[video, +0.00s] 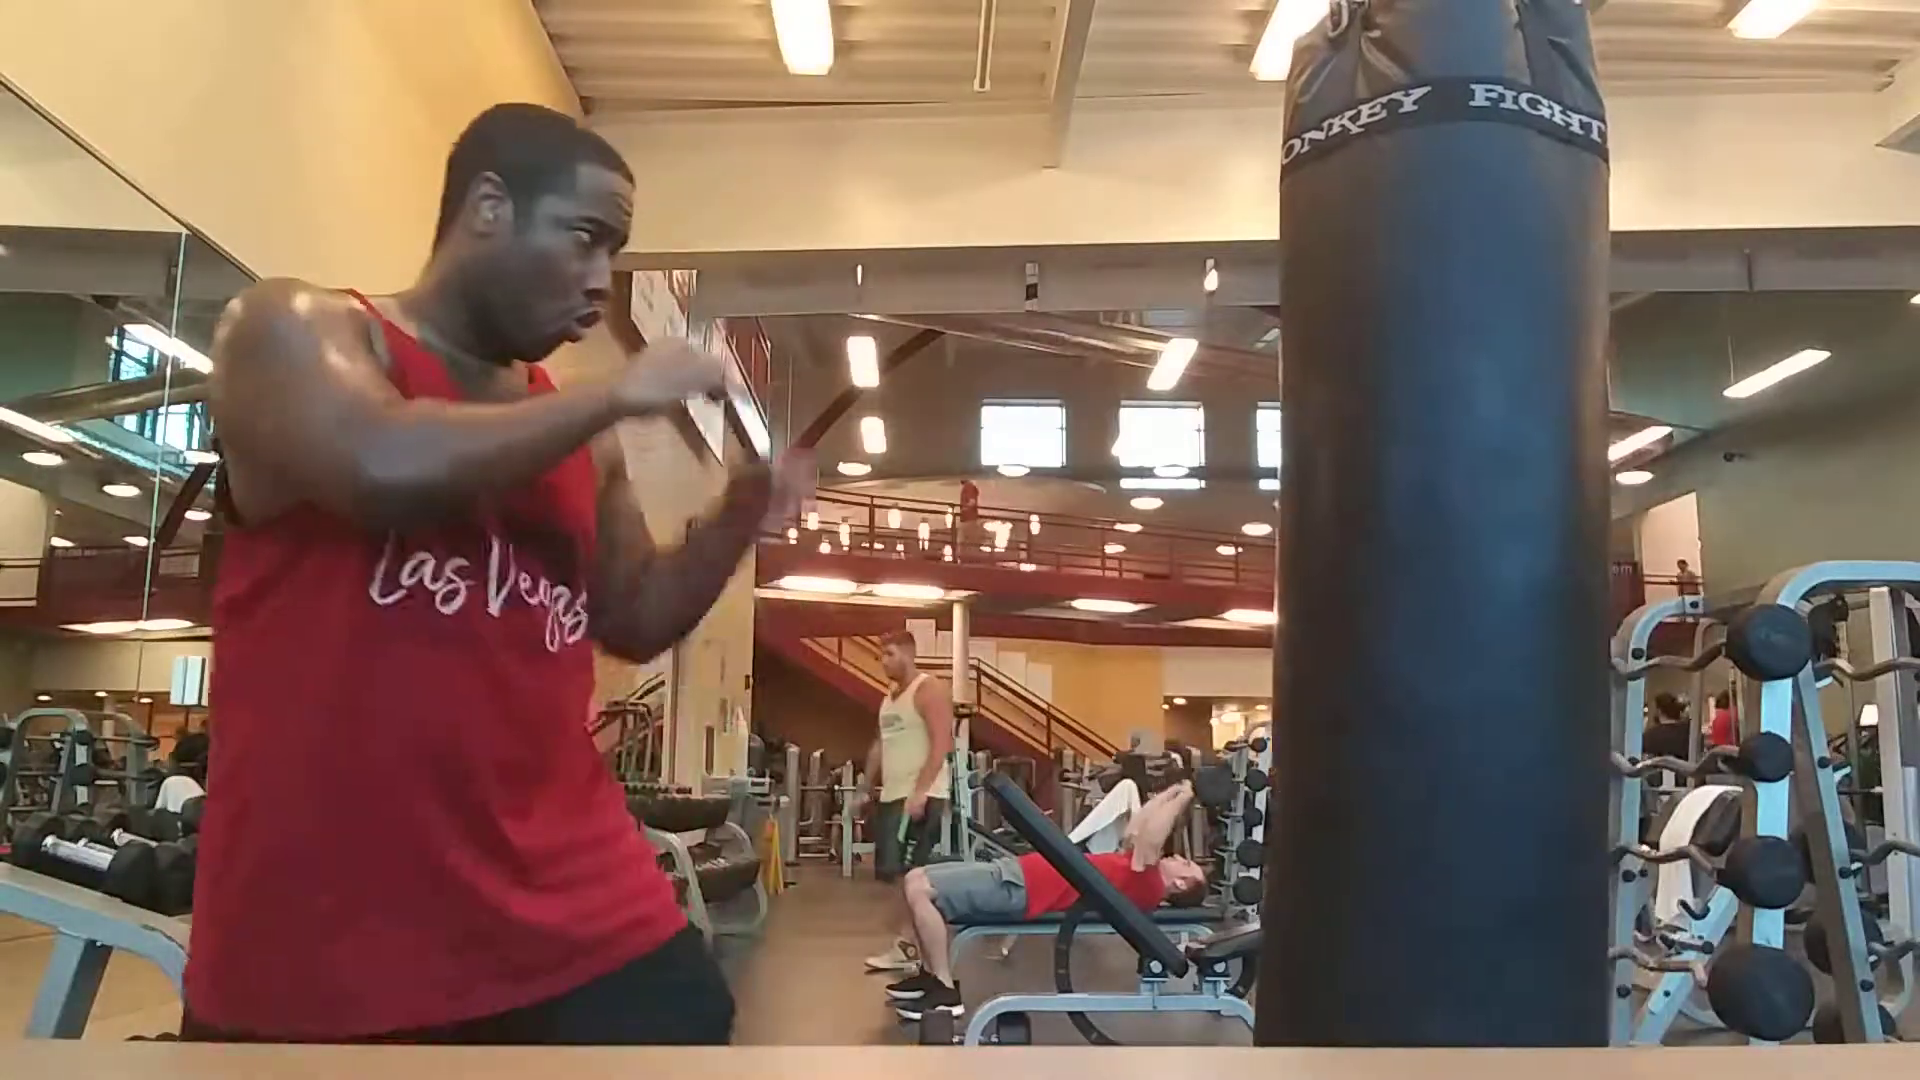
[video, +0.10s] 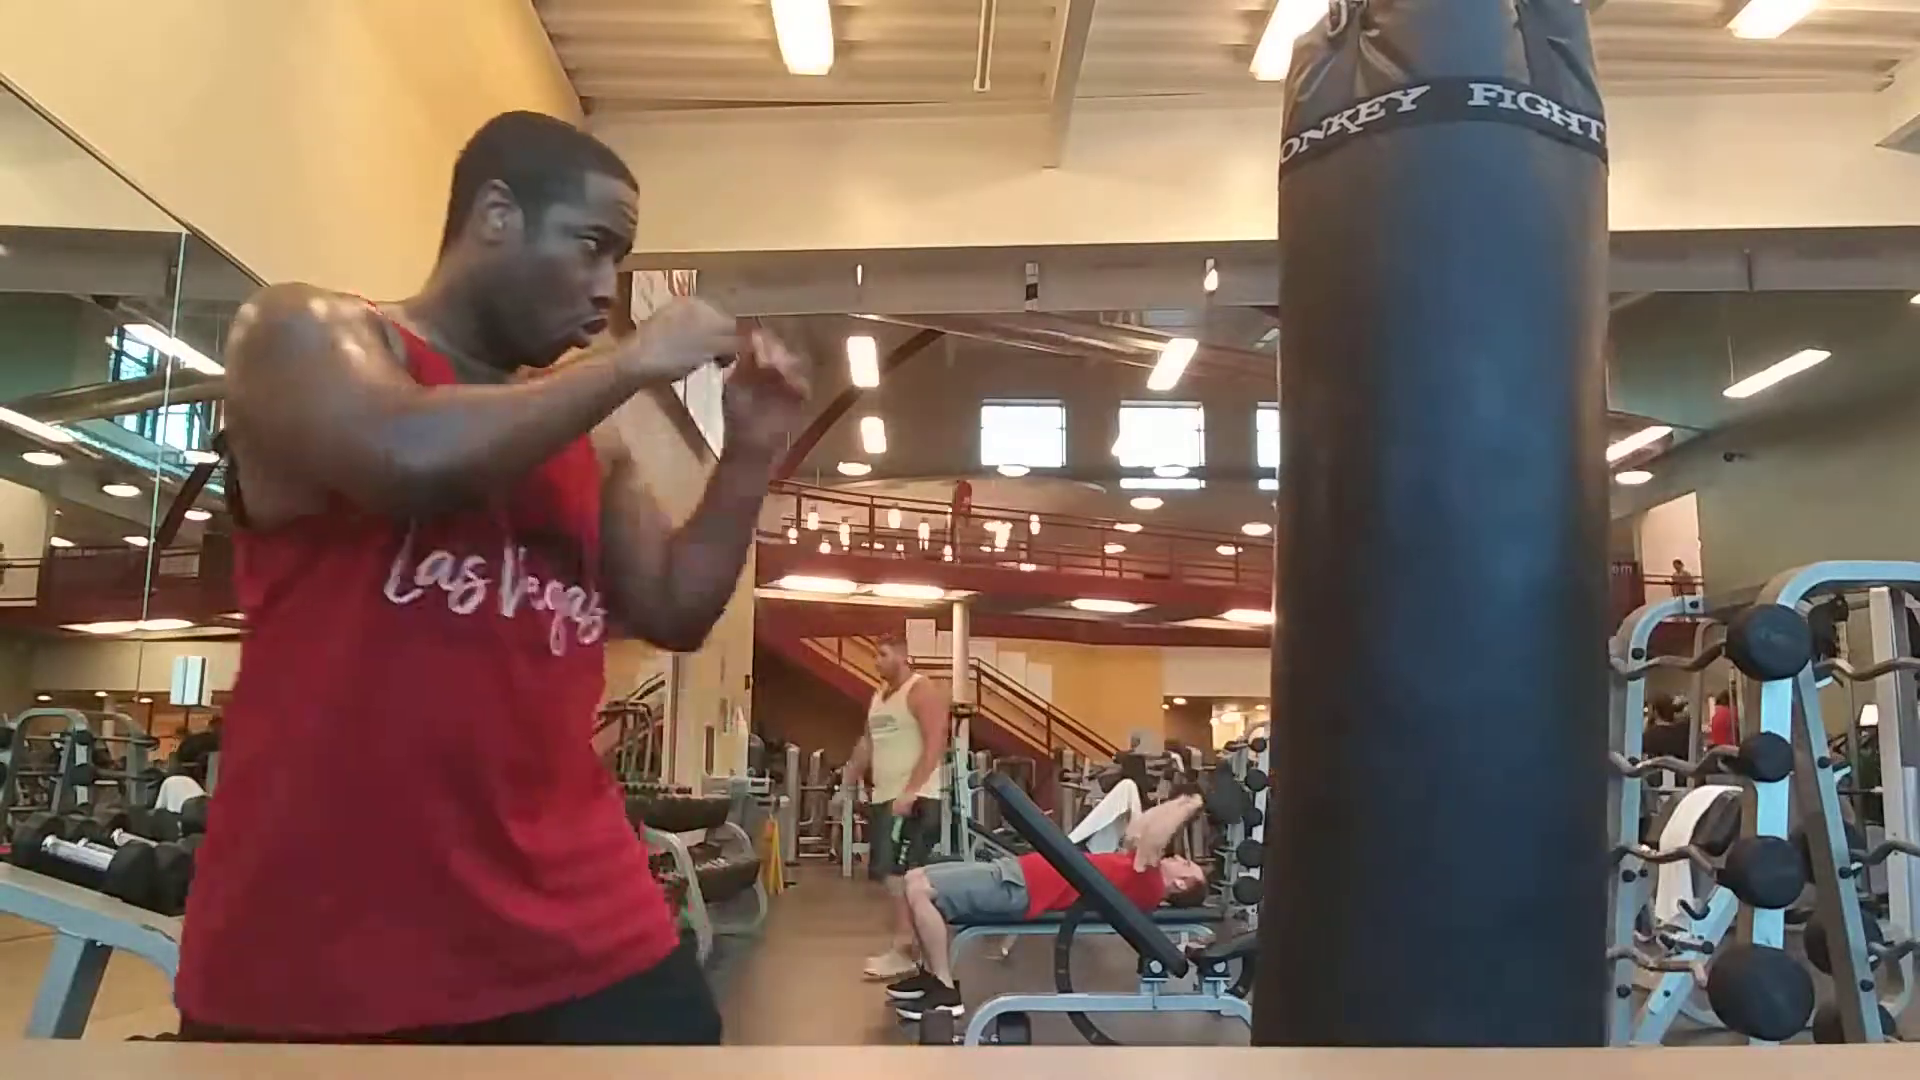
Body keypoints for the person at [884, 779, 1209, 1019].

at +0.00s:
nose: (1184, 861)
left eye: (1189, 871)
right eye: (1190, 862)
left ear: (1179, 886)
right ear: (1175, 864)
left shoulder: (1147, 886)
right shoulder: (1136, 868)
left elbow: (1150, 832)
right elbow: (1138, 822)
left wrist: (1187, 791)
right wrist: (1175, 790)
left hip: (1022, 886)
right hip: (1015, 870)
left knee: (920, 887)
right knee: (916, 879)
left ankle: (943, 986)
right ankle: (929, 974)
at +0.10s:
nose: (1181, 860)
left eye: (1187, 866)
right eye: (1187, 861)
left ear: (1179, 885)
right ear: (1175, 871)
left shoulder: (1148, 886)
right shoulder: (1139, 870)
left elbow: (1151, 833)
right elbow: (1138, 824)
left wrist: (1193, 803)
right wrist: (1178, 803)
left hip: (1022, 887)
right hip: (1015, 870)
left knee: (922, 890)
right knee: (913, 879)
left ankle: (944, 987)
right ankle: (930, 974)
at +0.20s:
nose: (1184, 862)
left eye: (1189, 868)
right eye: (1190, 863)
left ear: (1180, 884)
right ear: (1178, 872)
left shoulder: (1148, 886)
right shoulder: (1141, 870)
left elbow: (1155, 832)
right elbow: (1140, 828)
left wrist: (1201, 813)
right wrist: (1189, 819)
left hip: (1021, 886)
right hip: (1015, 869)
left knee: (921, 888)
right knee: (914, 880)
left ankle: (943, 986)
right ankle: (931, 975)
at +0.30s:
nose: (1185, 864)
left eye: (1190, 870)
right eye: (1191, 864)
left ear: (1181, 886)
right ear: (1180, 868)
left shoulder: (1149, 888)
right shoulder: (1143, 870)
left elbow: (1155, 838)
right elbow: (1140, 834)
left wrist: (1205, 825)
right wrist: (1198, 826)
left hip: (1023, 886)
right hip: (1017, 870)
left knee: (922, 889)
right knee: (915, 880)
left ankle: (945, 989)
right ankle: (933, 979)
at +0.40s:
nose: (1188, 864)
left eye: (1192, 872)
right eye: (1193, 864)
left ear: (1182, 886)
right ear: (1182, 864)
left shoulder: (1150, 887)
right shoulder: (1145, 872)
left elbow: (1153, 837)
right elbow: (1140, 836)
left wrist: (1207, 836)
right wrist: (1198, 836)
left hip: (1022, 885)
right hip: (1016, 870)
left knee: (921, 888)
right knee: (916, 879)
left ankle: (945, 989)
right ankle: (933, 980)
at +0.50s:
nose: (1188, 867)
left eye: (1193, 873)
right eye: (1193, 865)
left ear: (1184, 886)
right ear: (1184, 862)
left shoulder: (1150, 890)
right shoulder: (1145, 874)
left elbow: (1153, 838)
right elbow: (1142, 836)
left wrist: (1211, 846)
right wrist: (1195, 845)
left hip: (1023, 885)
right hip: (1018, 871)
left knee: (921, 887)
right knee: (917, 879)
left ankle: (946, 990)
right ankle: (931, 980)